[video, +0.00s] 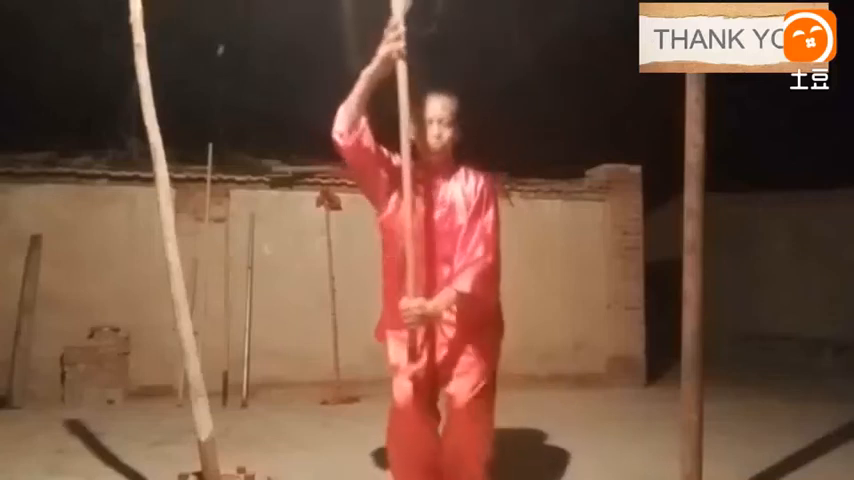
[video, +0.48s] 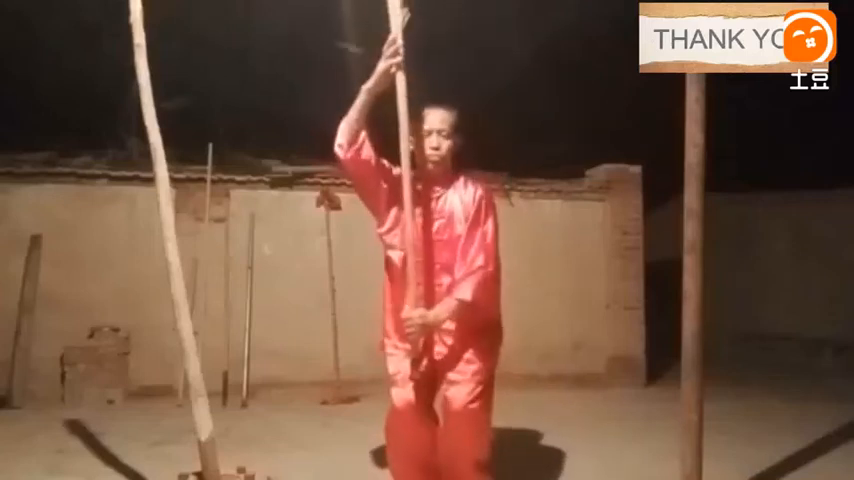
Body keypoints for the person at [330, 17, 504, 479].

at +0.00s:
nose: (438, 130)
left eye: (446, 122)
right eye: (431, 121)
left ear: (459, 128)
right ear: (416, 125)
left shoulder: (476, 184)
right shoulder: (391, 177)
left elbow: (480, 262)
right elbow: (346, 133)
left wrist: (436, 305)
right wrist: (376, 67)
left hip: (466, 323)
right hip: (406, 324)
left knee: (466, 408)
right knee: (406, 408)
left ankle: (467, 478)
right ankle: (415, 478)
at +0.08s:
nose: (437, 139)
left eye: (446, 131)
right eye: (429, 130)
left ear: (460, 140)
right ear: (415, 136)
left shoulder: (476, 195)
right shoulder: (394, 188)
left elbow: (481, 271)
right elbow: (349, 144)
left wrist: (439, 314)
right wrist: (375, 81)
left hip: (464, 335)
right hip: (406, 335)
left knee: (462, 414)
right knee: (405, 416)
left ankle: (466, 477)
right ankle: (411, 478)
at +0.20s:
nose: (437, 142)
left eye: (446, 134)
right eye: (430, 133)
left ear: (460, 142)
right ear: (416, 139)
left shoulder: (475, 197)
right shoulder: (394, 190)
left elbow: (481, 272)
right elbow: (349, 147)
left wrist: (440, 316)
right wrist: (376, 83)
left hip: (464, 336)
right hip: (406, 336)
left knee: (463, 417)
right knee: (405, 419)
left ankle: (465, 477)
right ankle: (410, 478)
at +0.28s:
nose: (436, 143)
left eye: (445, 136)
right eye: (429, 135)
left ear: (460, 144)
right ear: (415, 141)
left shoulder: (475, 198)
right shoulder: (394, 191)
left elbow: (481, 272)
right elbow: (349, 148)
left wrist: (440, 317)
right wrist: (376, 85)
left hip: (463, 335)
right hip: (406, 336)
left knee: (463, 415)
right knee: (405, 416)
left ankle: (466, 478)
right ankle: (411, 479)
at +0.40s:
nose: (436, 143)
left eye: (445, 135)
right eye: (429, 134)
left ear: (459, 144)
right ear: (415, 140)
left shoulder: (475, 197)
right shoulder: (394, 191)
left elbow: (481, 273)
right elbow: (348, 147)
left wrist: (439, 317)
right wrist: (375, 85)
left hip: (464, 335)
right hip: (406, 335)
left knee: (464, 414)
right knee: (405, 415)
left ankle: (467, 478)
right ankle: (413, 478)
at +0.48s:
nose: (434, 142)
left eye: (443, 134)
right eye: (427, 133)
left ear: (458, 143)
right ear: (413, 139)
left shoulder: (474, 196)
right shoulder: (393, 190)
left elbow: (479, 273)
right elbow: (347, 146)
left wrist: (436, 316)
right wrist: (374, 84)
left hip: (463, 332)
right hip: (405, 333)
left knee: (462, 412)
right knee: (405, 414)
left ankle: (466, 478)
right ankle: (413, 478)